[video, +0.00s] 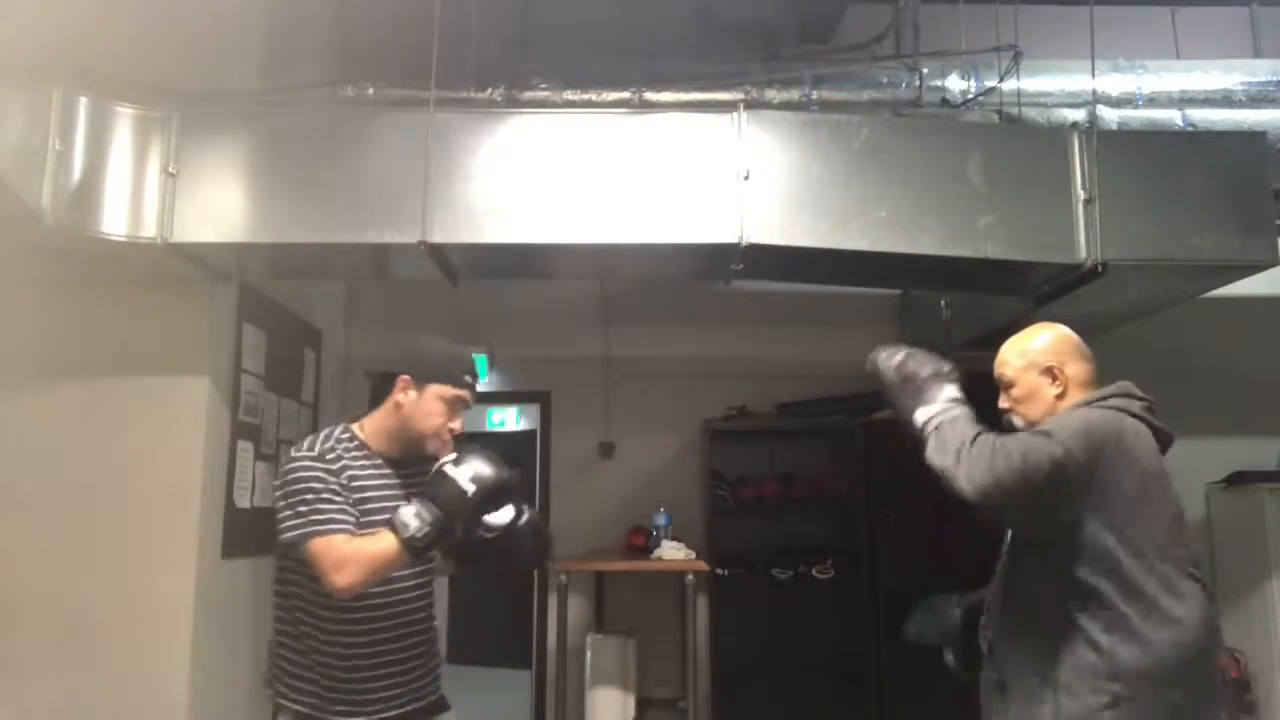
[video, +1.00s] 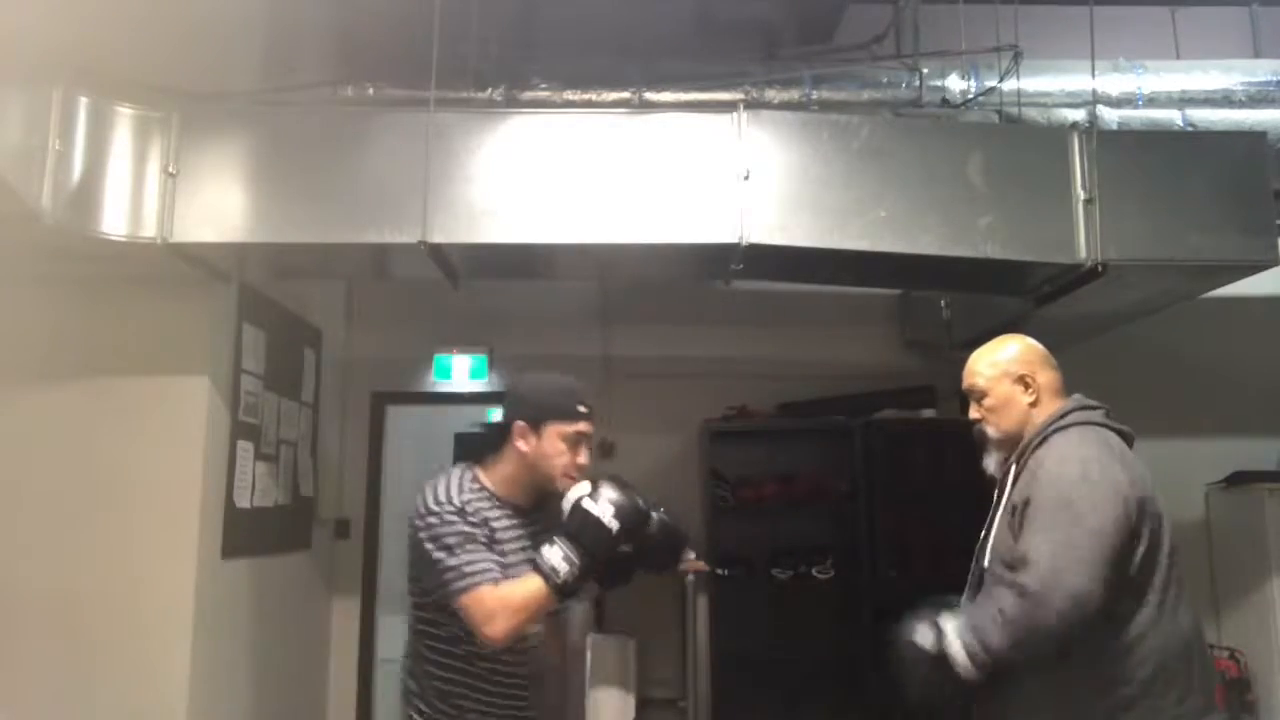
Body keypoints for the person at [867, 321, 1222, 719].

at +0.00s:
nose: (1000, 403)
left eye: (1008, 385)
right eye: (1000, 389)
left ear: (1055, 380)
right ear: (1056, 380)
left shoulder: (1088, 432)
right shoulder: (1106, 429)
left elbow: (984, 475)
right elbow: (1065, 577)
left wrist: (932, 398)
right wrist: (970, 616)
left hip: (1115, 688)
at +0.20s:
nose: (999, 407)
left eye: (1006, 390)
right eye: (998, 394)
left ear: (1053, 383)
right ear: (1053, 384)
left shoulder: (1097, 435)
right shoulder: (1096, 433)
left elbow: (995, 470)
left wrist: (932, 407)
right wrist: (964, 614)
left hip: (1102, 693)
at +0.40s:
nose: (986, 411)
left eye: (993, 395)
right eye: (984, 400)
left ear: (1038, 385)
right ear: (1040, 385)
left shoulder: (1085, 436)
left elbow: (1001, 479)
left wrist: (942, 414)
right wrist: (966, 623)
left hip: (1093, 698)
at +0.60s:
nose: (972, 411)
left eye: (978, 393)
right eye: (971, 398)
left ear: (1024, 382)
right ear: (1031, 384)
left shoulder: (1054, 440)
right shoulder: (1087, 435)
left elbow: (937, 474)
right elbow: (1058, 578)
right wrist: (968, 614)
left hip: (1082, 685)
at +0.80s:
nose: (975, 410)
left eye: (984, 392)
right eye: (972, 396)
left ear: (1035, 383)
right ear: (1033, 387)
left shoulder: (1072, 432)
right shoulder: (1052, 441)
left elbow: (966, 479)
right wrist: (961, 621)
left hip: (1104, 685)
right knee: (931, 628)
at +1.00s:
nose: (971, 414)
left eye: (980, 397)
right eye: (970, 401)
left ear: (1028, 389)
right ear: (1027, 390)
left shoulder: (1077, 457)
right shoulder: (1050, 452)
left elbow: (1056, 591)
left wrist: (956, 643)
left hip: (1113, 701)